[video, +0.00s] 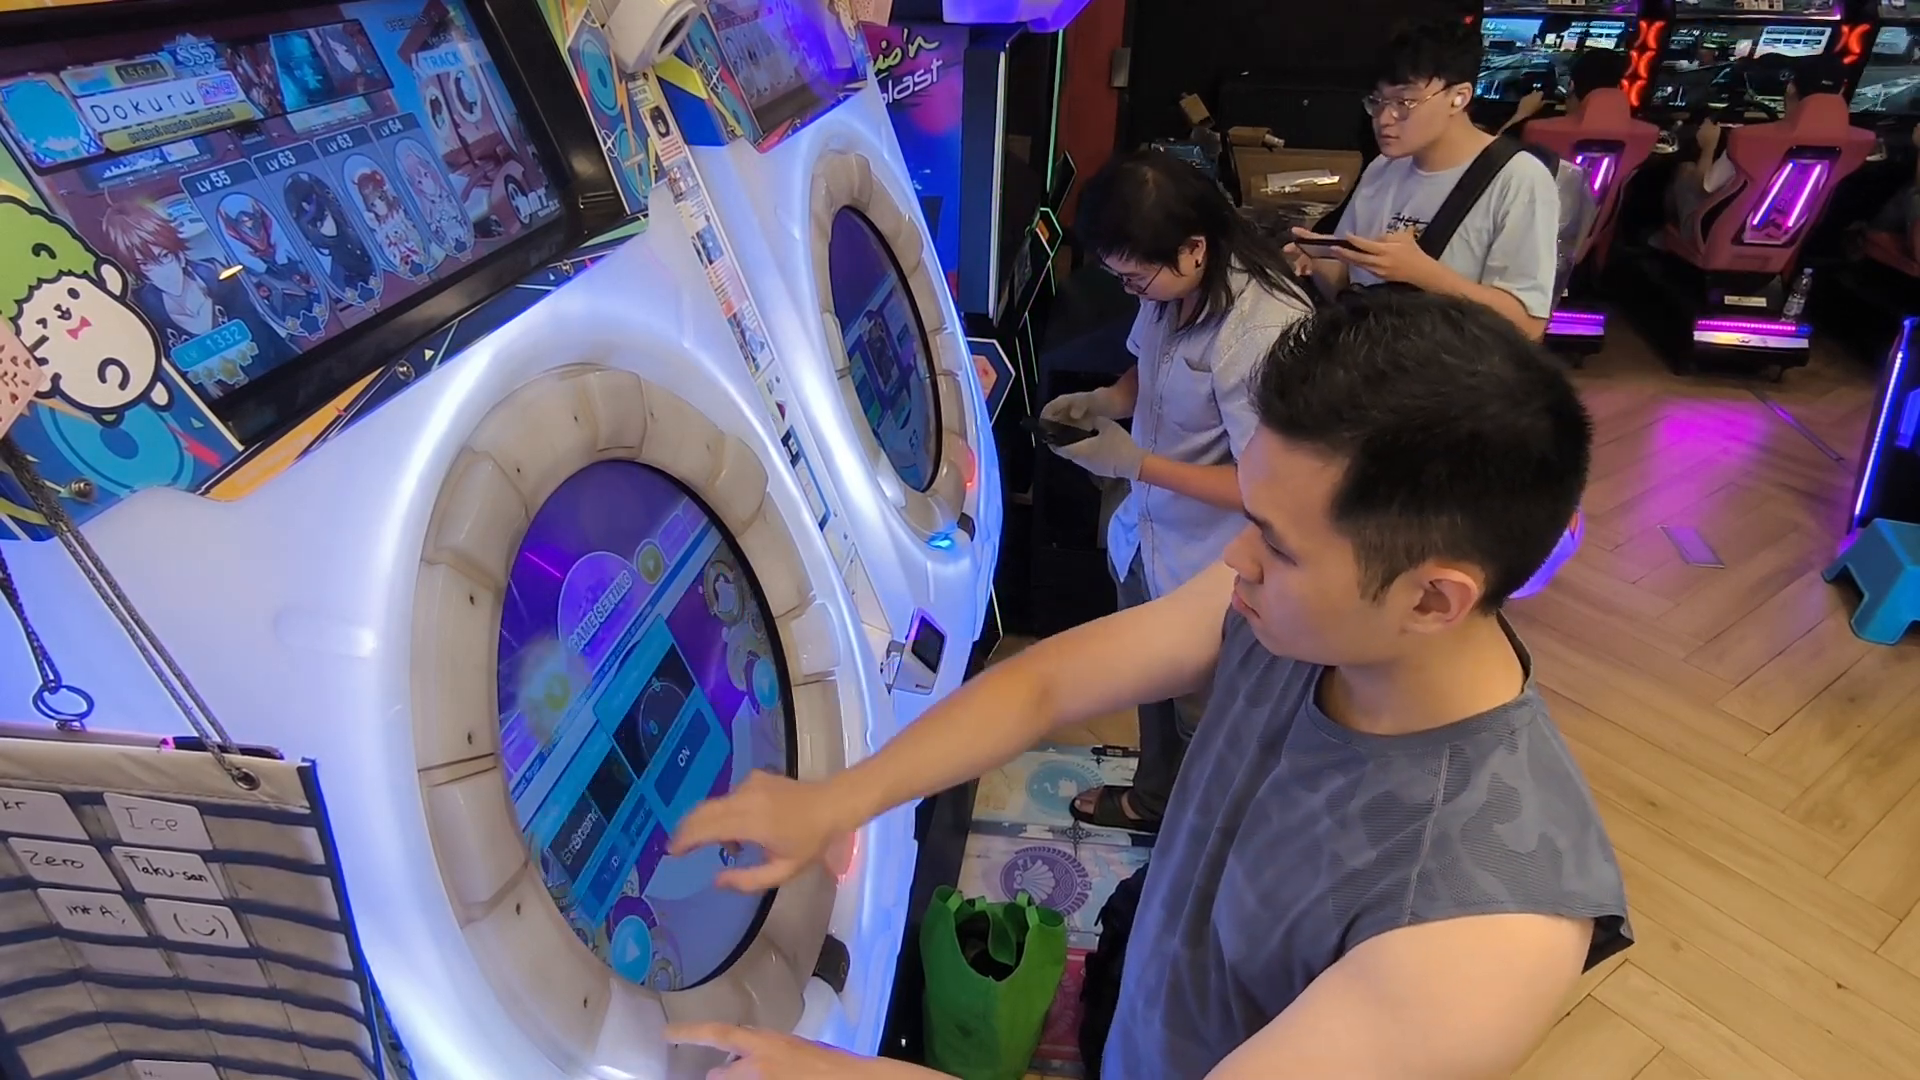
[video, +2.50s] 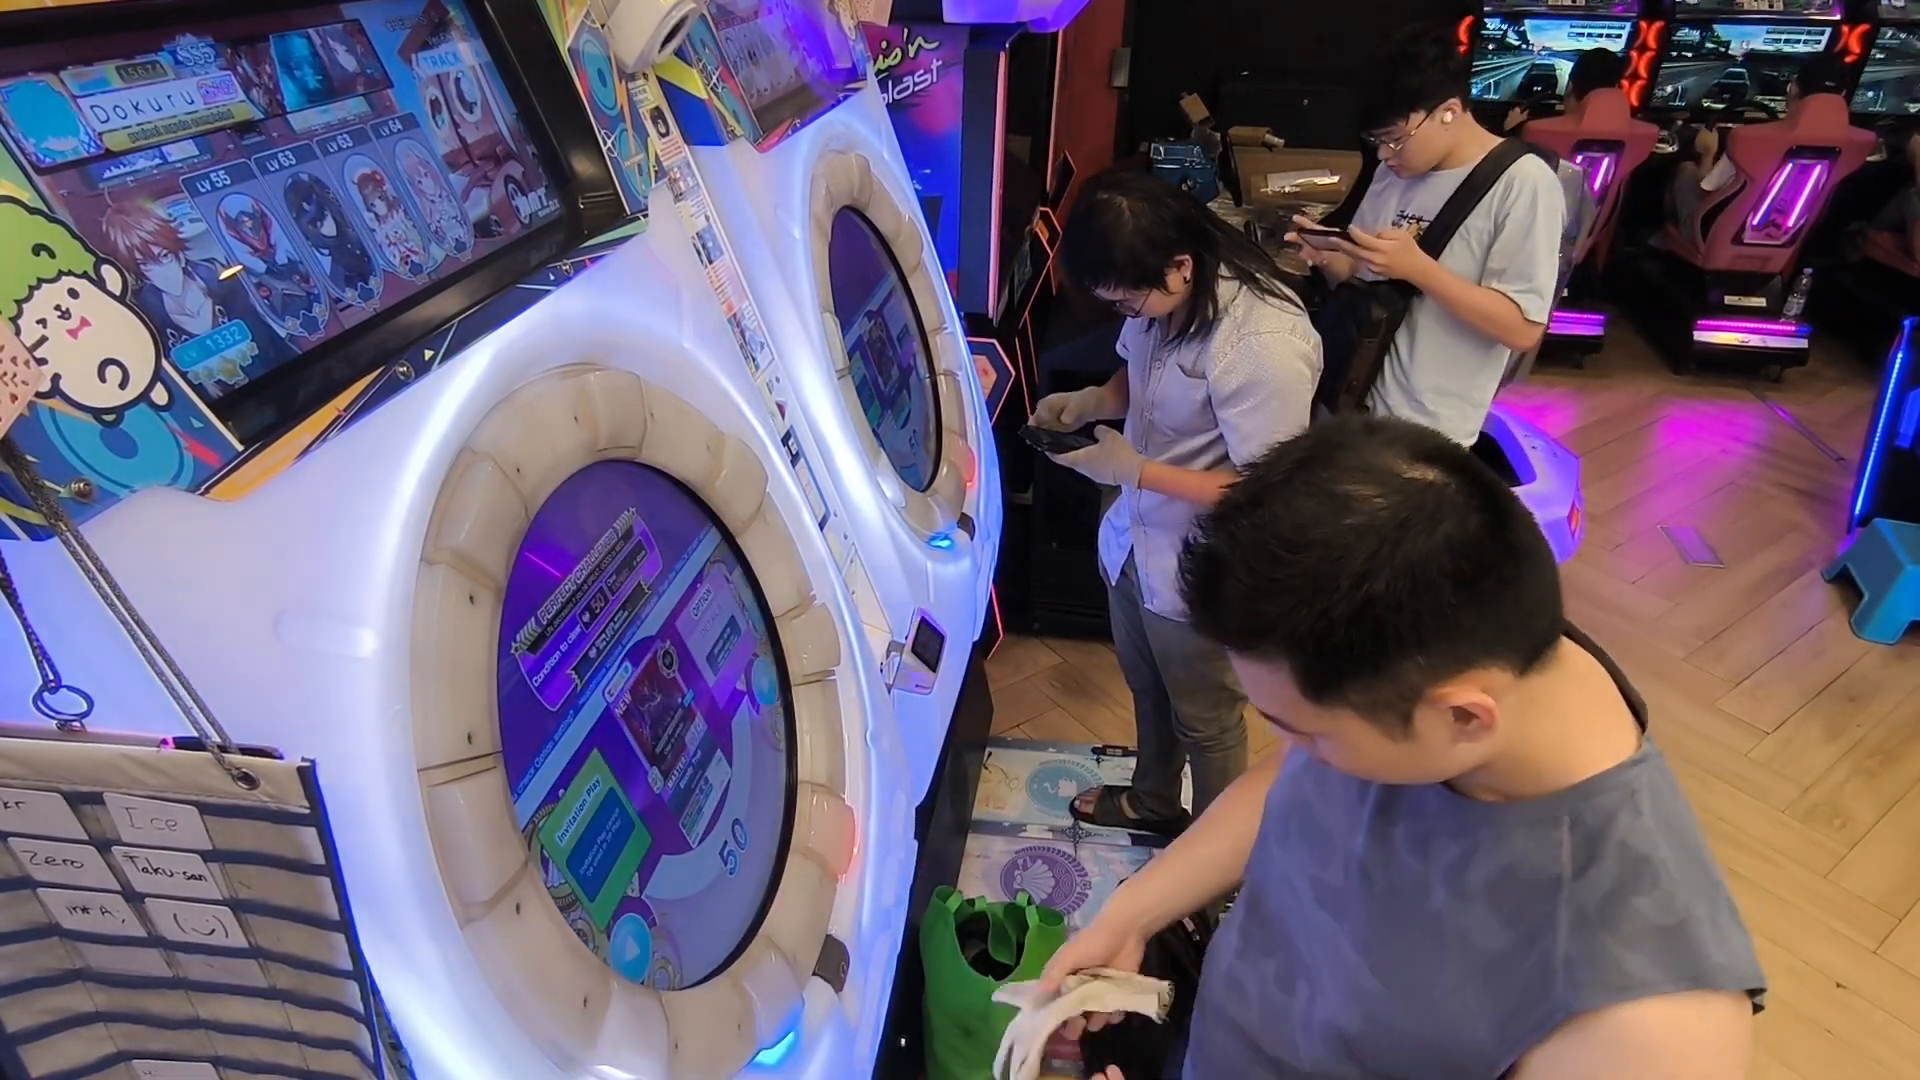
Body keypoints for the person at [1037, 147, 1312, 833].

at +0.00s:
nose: (1129, 285)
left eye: (1139, 272)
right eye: (1119, 272)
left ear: (1193, 251)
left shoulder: (1261, 333)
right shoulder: (1167, 291)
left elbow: (1265, 490)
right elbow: (1150, 381)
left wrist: (1142, 465)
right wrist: (1098, 403)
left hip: (1218, 545)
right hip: (1153, 523)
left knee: (1205, 688)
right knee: (1150, 671)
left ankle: (1201, 816)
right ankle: (1152, 791)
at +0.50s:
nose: (1129, 300)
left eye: (1138, 288)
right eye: (1120, 289)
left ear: (1192, 264)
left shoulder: (1262, 336)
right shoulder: (1167, 300)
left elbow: (1253, 489)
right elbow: (1147, 385)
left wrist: (1140, 463)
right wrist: (1096, 402)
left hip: (1205, 552)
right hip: (1144, 530)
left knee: (1184, 696)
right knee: (1143, 683)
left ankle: (1167, 809)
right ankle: (1144, 794)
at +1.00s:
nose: (1125, 301)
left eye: (1135, 289)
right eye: (1116, 290)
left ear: (1187, 265)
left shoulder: (1260, 337)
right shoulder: (1161, 301)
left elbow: (1253, 490)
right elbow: (1144, 387)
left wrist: (1140, 466)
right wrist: (1091, 405)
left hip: (1203, 548)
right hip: (1139, 529)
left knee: (1186, 698)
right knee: (1141, 681)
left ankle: (1173, 812)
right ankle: (1134, 788)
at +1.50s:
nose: (1121, 311)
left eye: (1127, 299)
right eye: (1111, 301)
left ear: (1180, 269)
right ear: (1175, 267)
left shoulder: (1251, 333)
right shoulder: (1164, 290)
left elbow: (1255, 484)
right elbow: (1144, 383)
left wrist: (1137, 467)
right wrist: (1103, 402)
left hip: (1198, 552)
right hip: (1134, 534)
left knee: (1200, 727)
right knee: (1152, 711)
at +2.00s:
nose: (1117, 308)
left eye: (1125, 296)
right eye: (1108, 297)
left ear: (1178, 268)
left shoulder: (1265, 337)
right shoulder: (1158, 297)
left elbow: (1263, 489)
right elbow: (1142, 388)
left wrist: (1137, 468)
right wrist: (1088, 410)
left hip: (1198, 568)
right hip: (1132, 542)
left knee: (1198, 719)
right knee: (1150, 688)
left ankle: (1204, 837)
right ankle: (1153, 795)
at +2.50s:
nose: (1121, 311)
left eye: (1129, 298)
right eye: (1112, 300)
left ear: (1180, 268)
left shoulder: (1260, 345)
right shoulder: (1158, 297)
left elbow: (1268, 493)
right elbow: (1142, 388)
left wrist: (1139, 471)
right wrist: (1085, 406)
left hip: (1196, 559)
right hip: (1133, 535)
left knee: (1205, 714)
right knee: (1149, 684)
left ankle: (1222, 844)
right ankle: (1156, 800)